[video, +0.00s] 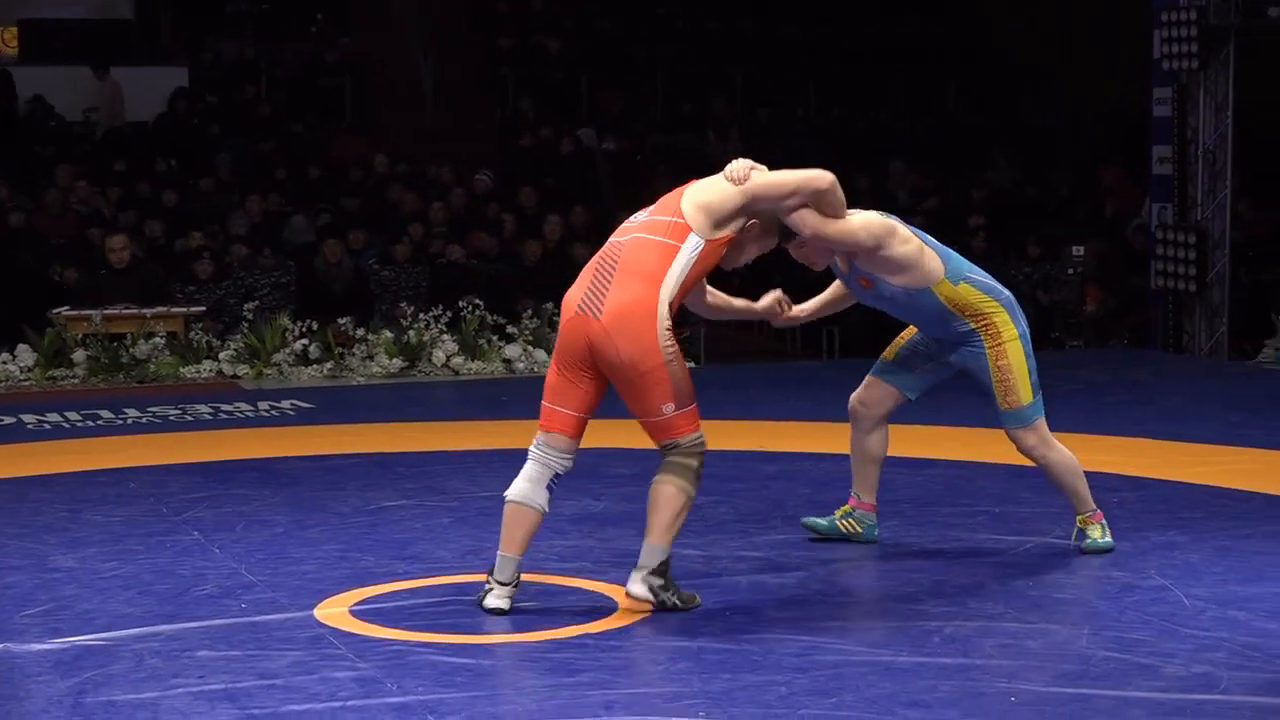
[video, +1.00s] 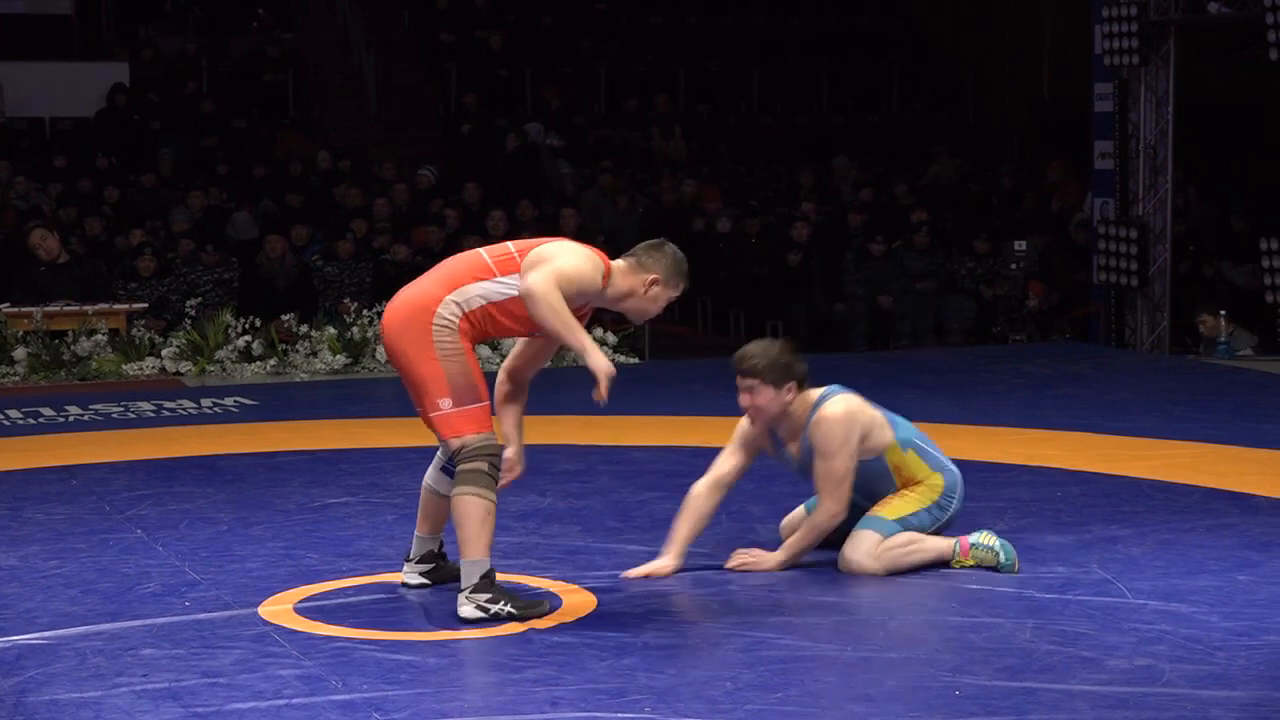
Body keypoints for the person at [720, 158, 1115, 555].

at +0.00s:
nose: (793, 254)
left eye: (795, 241)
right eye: (787, 245)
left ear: (818, 230)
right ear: (803, 239)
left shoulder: (870, 233)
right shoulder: (852, 267)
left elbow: (806, 217)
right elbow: (847, 288)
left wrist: (753, 179)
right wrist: (796, 315)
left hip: (988, 320)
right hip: (935, 329)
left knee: (1033, 441)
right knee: (866, 407)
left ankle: (1090, 519)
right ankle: (862, 513)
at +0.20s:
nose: (782, 249)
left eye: (787, 236)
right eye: (775, 241)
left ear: (810, 227)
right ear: (774, 241)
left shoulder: (858, 234)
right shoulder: (800, 262)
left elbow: (798, 216)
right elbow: (740, 295)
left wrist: (740, 188)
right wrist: (672, 316)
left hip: (966, 314)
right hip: (910, 325)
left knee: (1008, 437)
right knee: (848, 417)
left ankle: (1064, 516)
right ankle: (843, 495)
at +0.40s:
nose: (736, 252)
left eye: (742, 240)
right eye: (736, 241)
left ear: (769, 233)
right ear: (761, 236)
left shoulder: (834, 236)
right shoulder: (763, 266)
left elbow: (800, 204)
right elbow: (715, 310)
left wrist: (736, 197)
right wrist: (693, 269)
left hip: (936, 298)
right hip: (881, 318)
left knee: (992, 406)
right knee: (833, 411)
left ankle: (1051, 500)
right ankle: (827, 502)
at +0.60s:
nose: (785, 353)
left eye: (784, 346)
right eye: (770, 349)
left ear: (797, 322)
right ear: (759, 310)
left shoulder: (838, 305)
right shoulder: (761, 277)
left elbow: (799, 373)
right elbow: (749, 360)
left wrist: (737, 410)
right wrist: (703, 412)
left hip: (925, 303)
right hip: (870, 318)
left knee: (977, 411)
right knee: (820, 410)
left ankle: (1051, 481)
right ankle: (819, 502)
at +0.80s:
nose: (747, 455)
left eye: (750, 449)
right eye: (737, 449)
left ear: (776, 426)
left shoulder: (823, 420)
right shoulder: (738, 379)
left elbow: (823, 512)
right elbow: (666, 416)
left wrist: (774, 563)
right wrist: (623, 468)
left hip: (916, 358)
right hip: (863, 337)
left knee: (894, 473)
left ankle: (1009, 501)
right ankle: (817, 462)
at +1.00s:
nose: (743, 401)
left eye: (752, 391)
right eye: (740, 391)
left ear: (788, 390)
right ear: (743, 392)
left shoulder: (834, 417)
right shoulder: (759, 422)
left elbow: (832, 509)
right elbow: (711, 484)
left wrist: (779, 559)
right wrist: (672, 555)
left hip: (927, 487)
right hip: (876, 485)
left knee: (858, 558)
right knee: (791, 528)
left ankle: (962, 549)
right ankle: (901, 531)